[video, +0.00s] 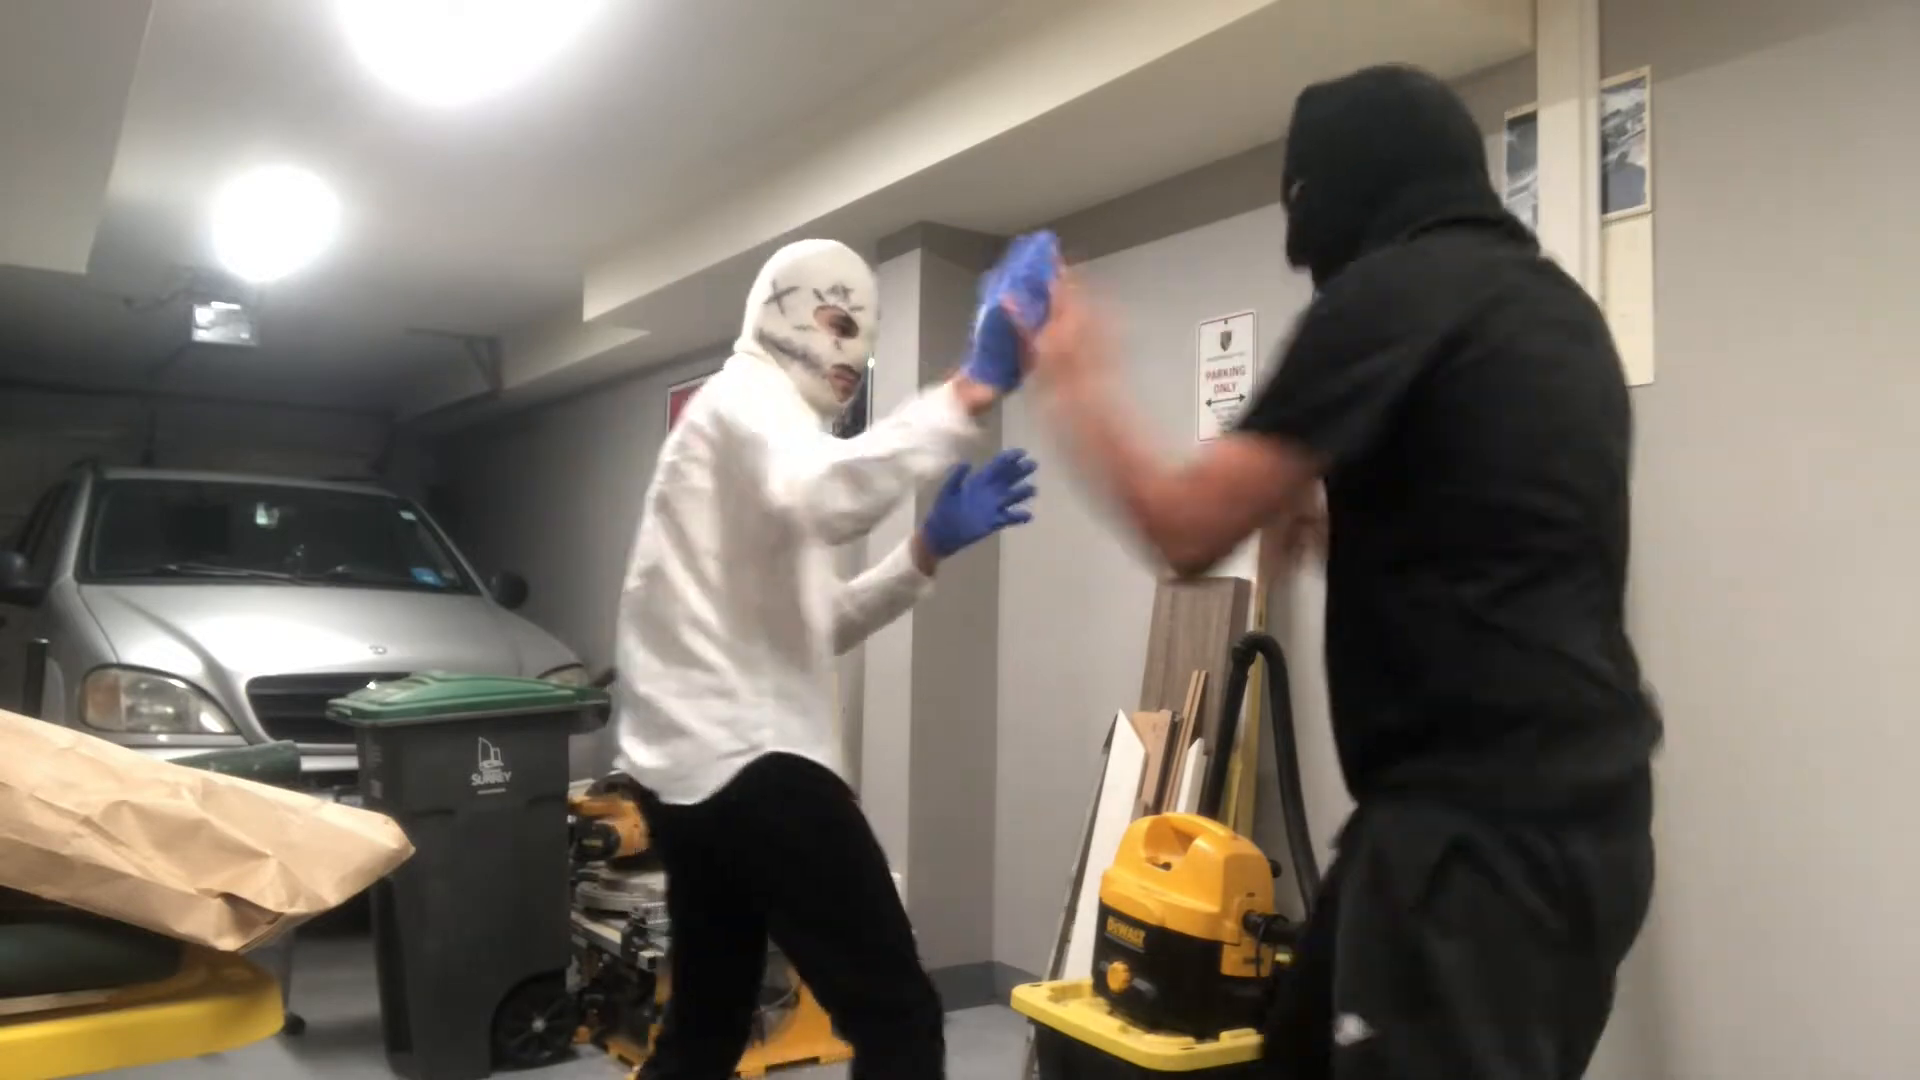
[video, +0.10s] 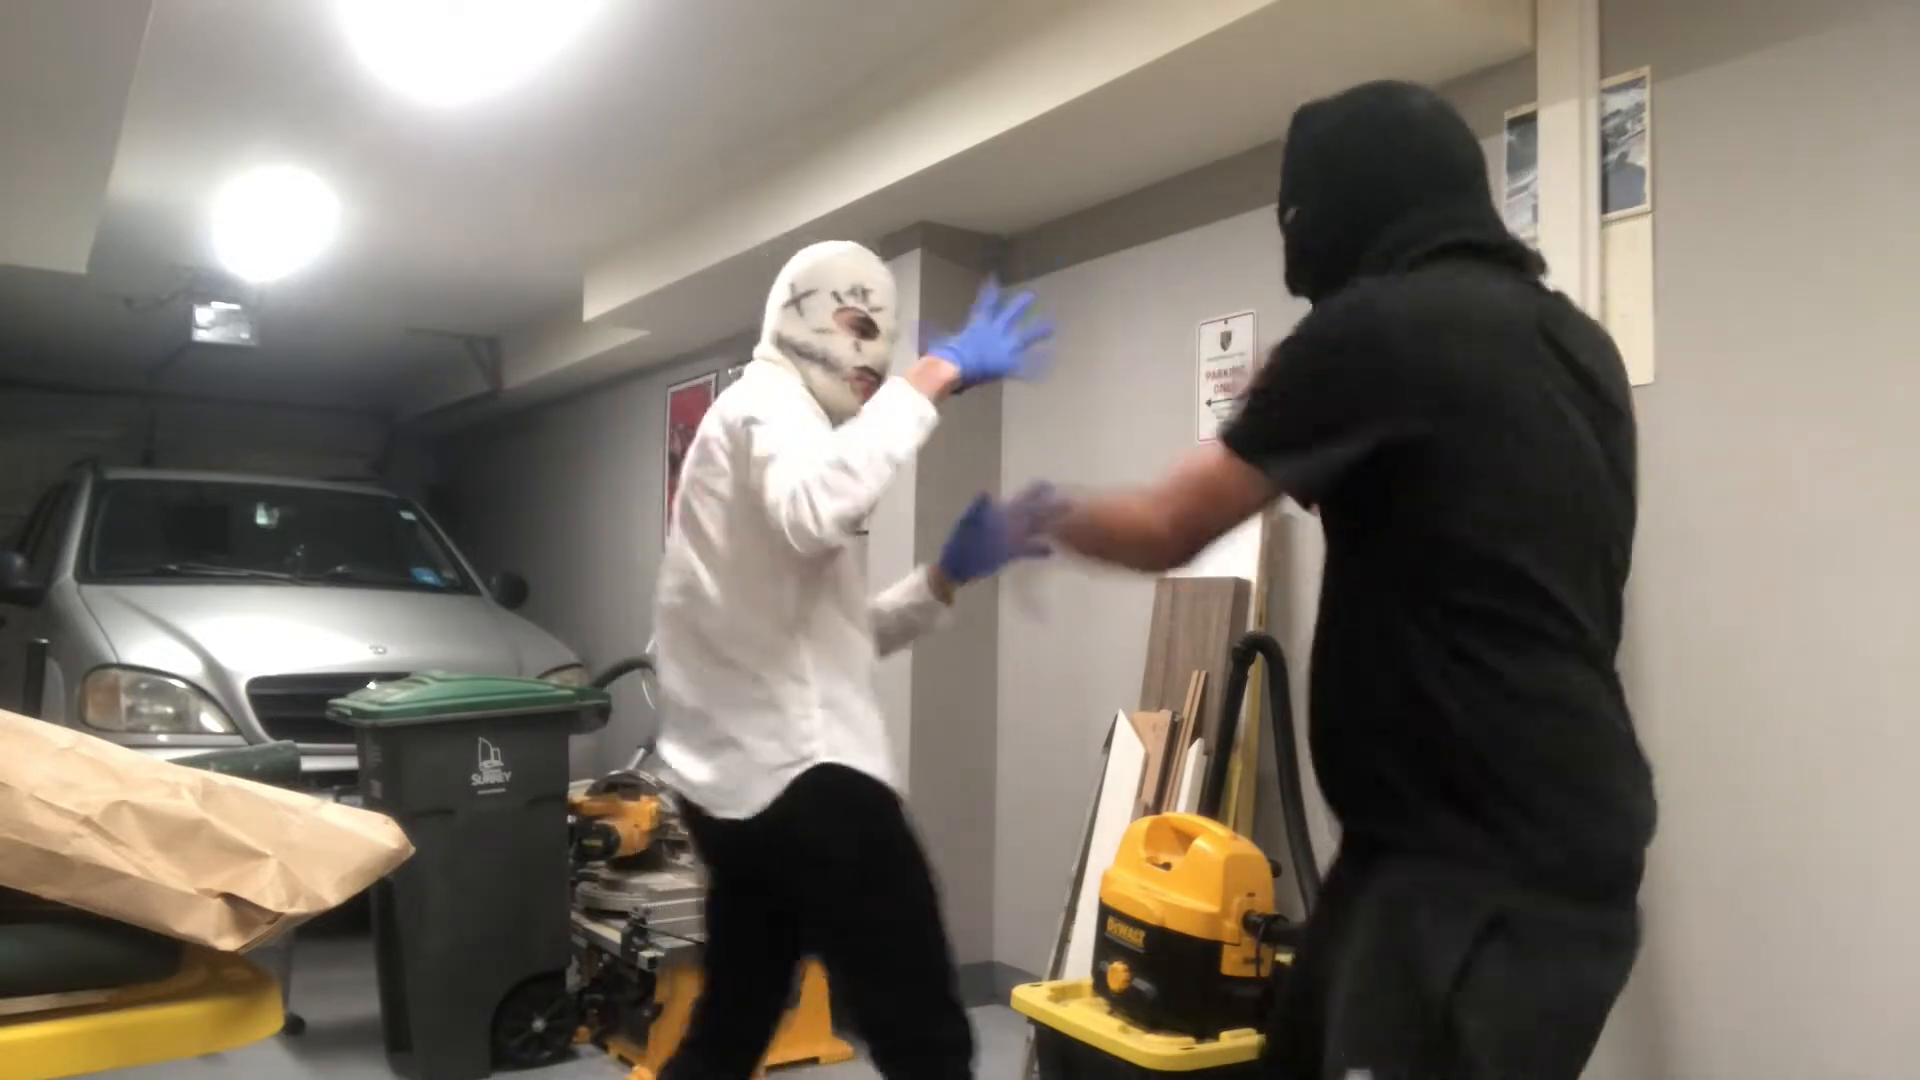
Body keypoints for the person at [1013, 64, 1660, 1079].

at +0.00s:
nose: (1293, 220)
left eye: (1301, 188)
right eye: (1293, 192)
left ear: (1352, 176)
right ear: (1447, 166)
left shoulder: (1395, 294)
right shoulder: (1556, 303)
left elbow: (1182, 522)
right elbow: (1508, 531)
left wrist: (1075, 375)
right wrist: (1335, 526)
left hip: (1461, 840)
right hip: (1579, 825)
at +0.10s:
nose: (1285, 233)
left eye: (1295, 203)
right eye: (1285, 206)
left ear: (1353, 193)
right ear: (1448, 185)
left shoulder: (1374, 330)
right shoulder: (1577, 343)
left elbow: (1163, 527)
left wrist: (1049, 511)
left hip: (1454, 876)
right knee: (1300, 1046)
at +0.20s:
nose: (1283, 235)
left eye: (1294, 200)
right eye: (1285, 204)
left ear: (1355, 195)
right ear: (1434, 186)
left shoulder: (1415, 334)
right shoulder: (1514, 322)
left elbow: (1284, 633)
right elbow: (1339, 576)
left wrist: (1173, 619)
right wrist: (1214, 447)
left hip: (1473, 880)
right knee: (1295, 1055)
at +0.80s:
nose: (1210, 266)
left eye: (1218, 231)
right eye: (1200, 238)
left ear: (1292, 201)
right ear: (1295, 206)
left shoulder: (1481, 296)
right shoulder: (1304, 340)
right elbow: (1225, 470)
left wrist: (1229, 502)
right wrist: (1114, 614)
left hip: (1484, 829)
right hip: (1332, 812)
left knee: (1449, 1059)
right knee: (1279, 1055)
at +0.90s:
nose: (1163, 300)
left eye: (1170, 260)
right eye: (1151, 268)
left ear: (1246, 224)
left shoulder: (1471, 339)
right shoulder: (1258, 378)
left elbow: (1472, 612)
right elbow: (1249, 584)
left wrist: (1207, 492)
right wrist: (1215, 713)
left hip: (1465, 867)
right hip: (1283, 839)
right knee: (1156, 1054)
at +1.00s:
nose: (1119, 317)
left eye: (1123, 277)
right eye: (1106, 286)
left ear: (1199, 241)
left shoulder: (1415, 360)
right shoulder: (1218, 385)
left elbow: (1443, 681)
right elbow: (1225, 644)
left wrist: (1205, 535)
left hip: (1393, 911)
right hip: (1204, 883)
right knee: (1107, 1060)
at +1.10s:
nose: (1092, 309)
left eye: (1100, 271)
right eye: (1080, 280)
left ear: (1180, 237)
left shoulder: (1386, 379)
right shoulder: (1181, 389)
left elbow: (1488, 673)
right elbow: (1177, 654)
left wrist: (1263, 572)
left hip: (1297, 908)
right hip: (1109, 885)